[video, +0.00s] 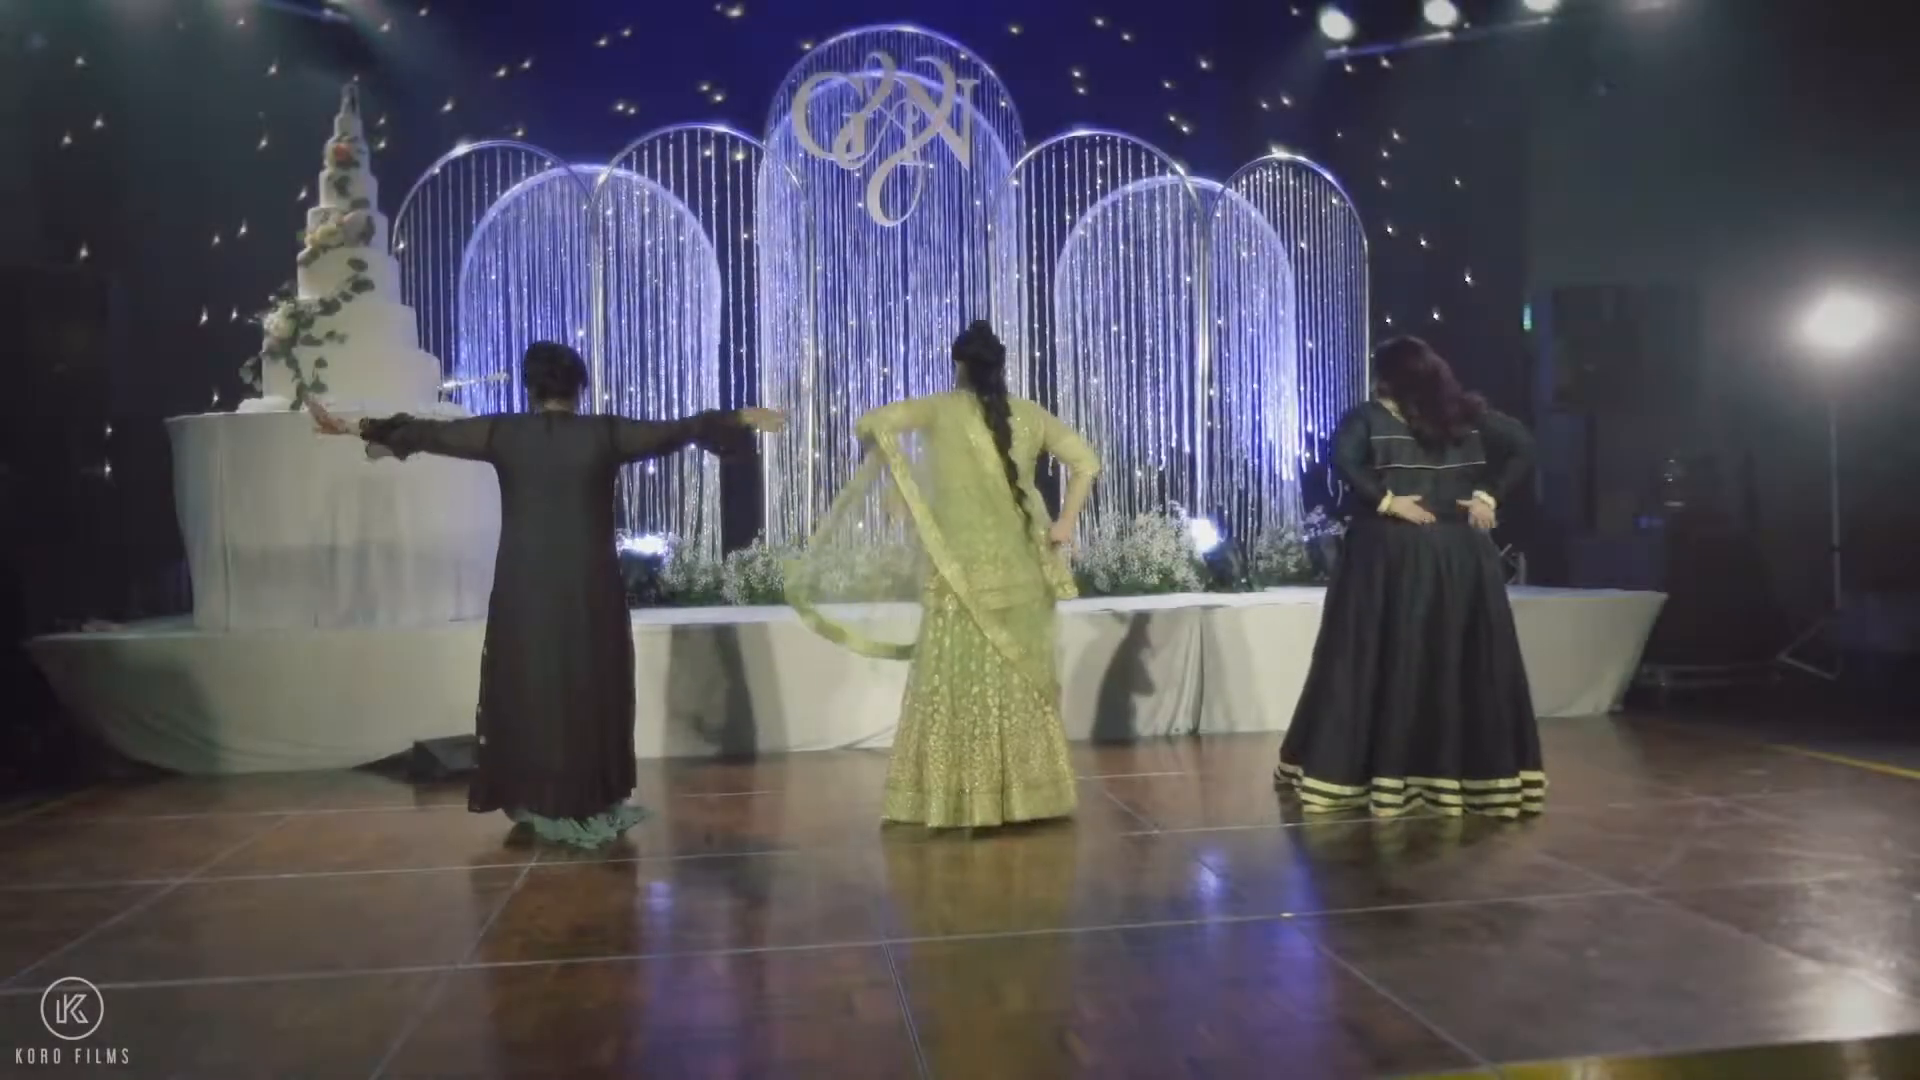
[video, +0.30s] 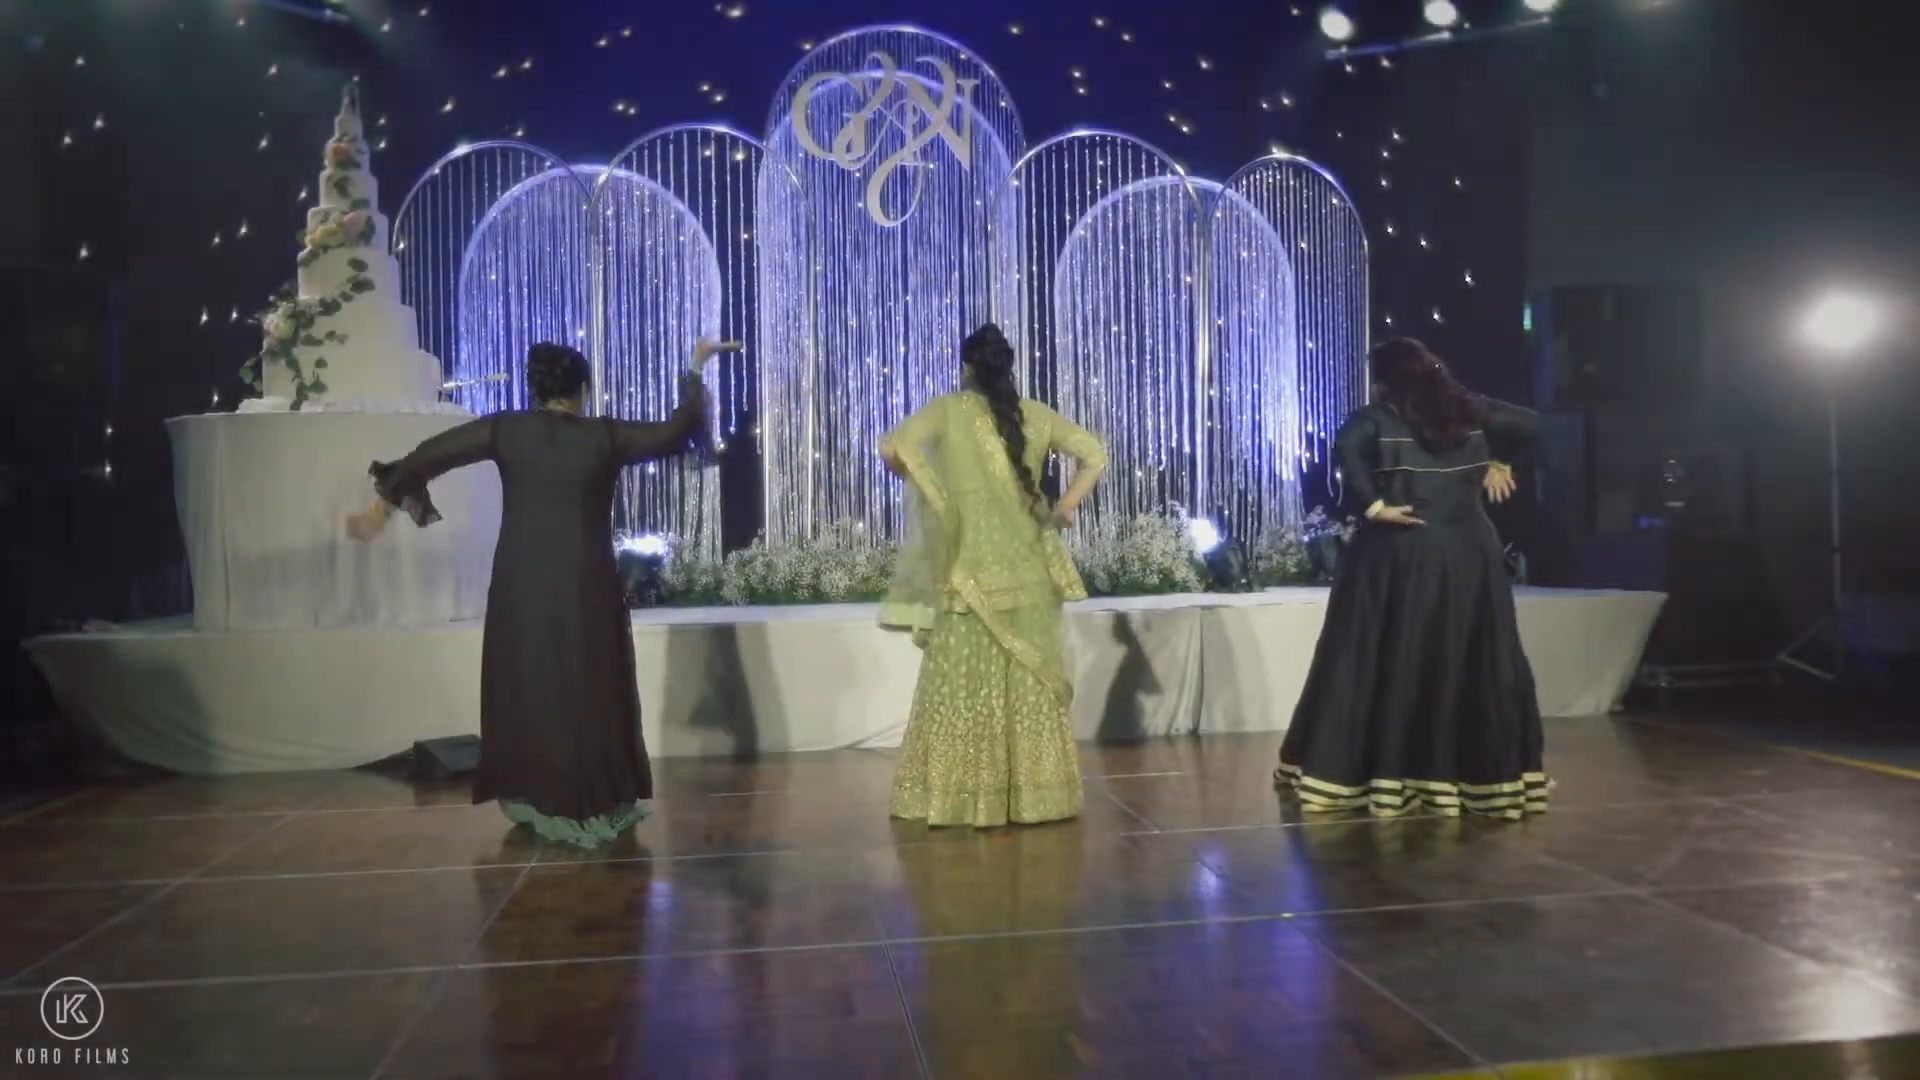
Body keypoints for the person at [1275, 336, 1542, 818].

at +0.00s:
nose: (1375, 389)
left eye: (1377, 380)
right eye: (1376, 381)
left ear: (1386, 380)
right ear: (1433, 372)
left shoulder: (1369, 417)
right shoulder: (1466, 413)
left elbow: (1343, 459)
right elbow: (1522, 443)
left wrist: (1388, 501)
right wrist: (1492, 494)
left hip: (1393, 562)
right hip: (1463, 560)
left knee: (1390, 666)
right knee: (1459, 667)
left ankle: (1388, 780)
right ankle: (1459, 780)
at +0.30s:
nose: (1375, 386)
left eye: (1376, 379)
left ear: (1382, 380)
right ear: (1431, 370)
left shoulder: (1373, 420)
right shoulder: (1465, 408)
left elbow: (1347, 453)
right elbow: (1528, 423)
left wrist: (1371, 505)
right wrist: (1500, 461)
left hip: (1405, 554)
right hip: (1471, 550)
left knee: (1397, 664)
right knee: (1470, 663)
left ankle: (1393, 780)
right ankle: (1474, 781)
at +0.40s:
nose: (1377, 390)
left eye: (1380, 382)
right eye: (1378, 382)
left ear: (1393, 383)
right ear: (1437, 373)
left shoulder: (1385, 421)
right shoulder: (1473, 412)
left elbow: (1360, 459)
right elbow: (1541, 420)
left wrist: (1371, 514)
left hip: (1416, 554)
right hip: (1478, 549)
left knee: (1405, 662)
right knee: (1475, 661)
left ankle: (1401, 777)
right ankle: (1478, 777)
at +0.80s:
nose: (1389, 394)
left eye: (1391, 386)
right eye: (1388, 387)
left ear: (1405, 387)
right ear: (1450, 375)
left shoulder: (1401, 430)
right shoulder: (1488, 414)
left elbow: (1379, 490)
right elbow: (1549, 392)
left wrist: (1349, 538)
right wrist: (1559, 336)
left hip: (1422, 551)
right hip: (1489, 547)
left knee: (1414, 659)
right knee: (1486, 661)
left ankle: (1412, 775)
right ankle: (1489, 777)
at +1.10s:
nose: (1388, 394)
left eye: (1392, 385)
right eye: (1389, 385)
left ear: (1406, 387)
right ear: (1448, 379)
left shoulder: (1407, 429)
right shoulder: (1485, 418)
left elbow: (1372, 477)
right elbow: (1539, 419)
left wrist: (1342, 444)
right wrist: (1511, 381)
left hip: (1425, 552)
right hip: (1489, 546)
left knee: (1419, 660)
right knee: (1487, 660)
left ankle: (1419, 777)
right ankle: (1493, 777)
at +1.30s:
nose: (1399, 391)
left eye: (1403, 384)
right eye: (1399, 384)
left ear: (1413, 387)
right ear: (1459, 377)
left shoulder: (1409, 427)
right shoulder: (1495, 419)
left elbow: (1358, 465)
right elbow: (1542, 416)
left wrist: (1347, 413)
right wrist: (1525, 374)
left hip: (1424, 549)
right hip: (1488, 545)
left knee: (1419, 662)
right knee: (1487, 661)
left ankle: (1418, 781)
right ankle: (1492, 780)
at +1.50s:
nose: (1407, 387)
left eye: (1410, 379)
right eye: (1411, 379)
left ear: (1418, 383)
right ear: (1469, 374)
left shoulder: (1413, 424)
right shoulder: (1502, 409)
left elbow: (1348, 436)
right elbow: (1542, 373)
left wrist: (1326, 383)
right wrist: (1537, 310)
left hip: (1423, 546)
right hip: (1490, 544)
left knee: (1416, 661)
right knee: (1489, 663)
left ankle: (1415, 782)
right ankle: (1493, 782)